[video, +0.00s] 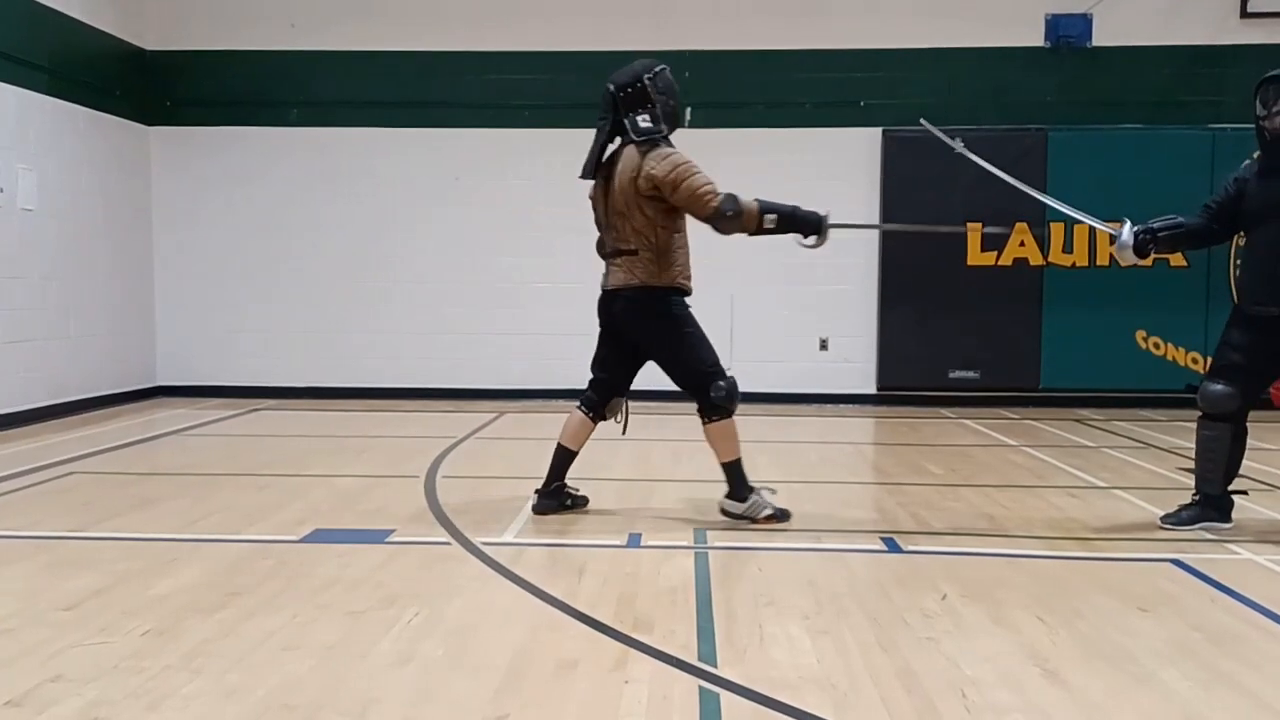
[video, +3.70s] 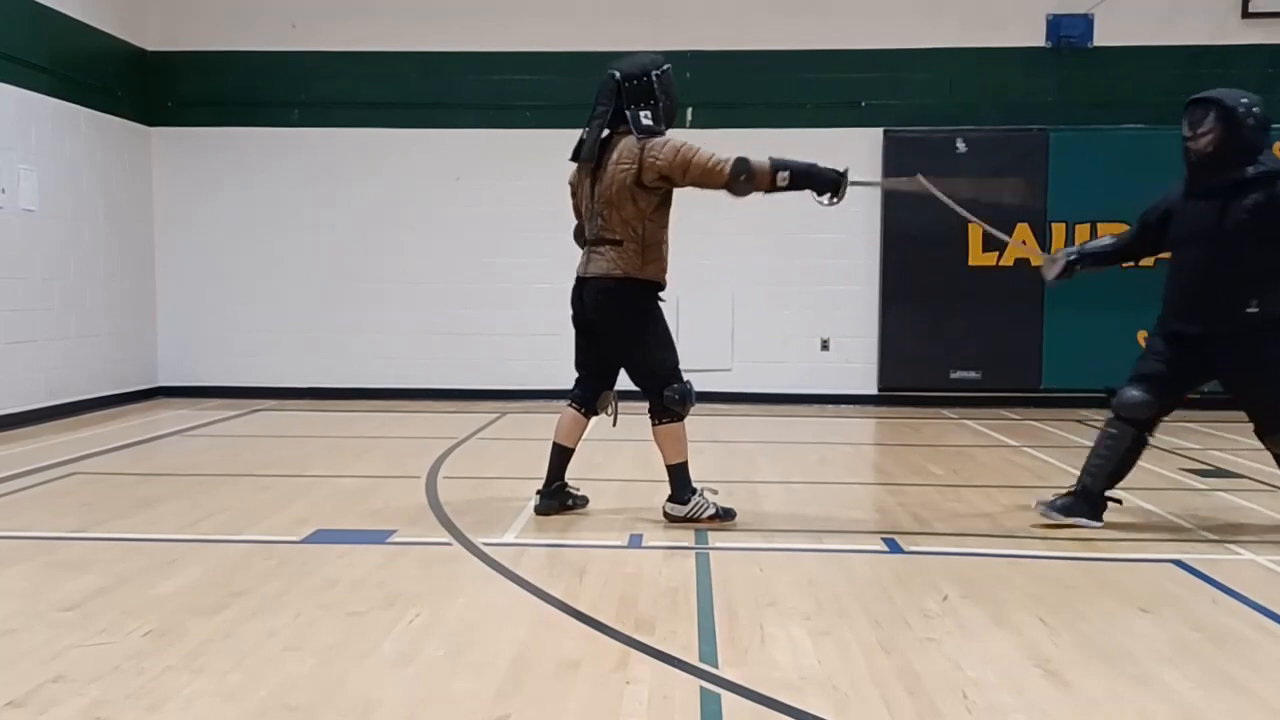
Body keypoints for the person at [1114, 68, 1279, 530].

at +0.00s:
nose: (1270, 120)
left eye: (1276, 112)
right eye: (1268, 111)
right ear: (1261, 117)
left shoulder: (1264, 172)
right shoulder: (1257, 172)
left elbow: (1213, 223)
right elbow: (1212, 223)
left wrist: (1145, 240)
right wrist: (1145, 238)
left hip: (1268, 311)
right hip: (1257, 309)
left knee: (1225, 395)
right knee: (1221, 395)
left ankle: (1212, 499)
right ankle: (1211, 500)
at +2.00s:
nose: (1270, 118)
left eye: (1277, 110)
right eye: (1267, 110)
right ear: (1256, 117)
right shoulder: (1252, 173)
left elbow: (1199, 218)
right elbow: (1199, 218)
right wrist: (1127, 226)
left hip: (1270, 313)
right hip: (1255, 311)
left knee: (1224, 396)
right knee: (1220, 397)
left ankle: (1201, 498)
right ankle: (1200, 500)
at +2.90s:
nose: (1253, 128)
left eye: (1265, 117)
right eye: (1248, 118)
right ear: (1240, 126)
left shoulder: (1269, 184)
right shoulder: (1238, 190)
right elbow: (1174, 224)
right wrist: (1097, 223)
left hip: (1269, 322)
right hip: (1250, 320)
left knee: (1191, 388)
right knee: (1186, 389)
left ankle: (1143, 488)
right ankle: (1142, 490)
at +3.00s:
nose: (1220, 133)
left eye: (1234, 125)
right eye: (1218, 124)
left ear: (1263, 132)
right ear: (1211, 128)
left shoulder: (1271, 189)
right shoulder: (1211, 194)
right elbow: (1144, 225)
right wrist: (1069, 217)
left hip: (1270, 328)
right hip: (1223, 328)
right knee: (1165, 403)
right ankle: (1103, 491)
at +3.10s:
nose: (1179, 144)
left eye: (1193, 134)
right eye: (1178, 134)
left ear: (1224, 141)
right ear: (1171, 138)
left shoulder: (1261, 194)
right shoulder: (1166, 201)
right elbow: (1102, 219)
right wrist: (1036, 202)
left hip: (1251, 341)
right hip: (1179, 343)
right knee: (1124, 405)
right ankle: (1083, 500)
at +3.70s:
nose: (1193, 138)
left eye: (1207, 130)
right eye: (1194, 128)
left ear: (1239, 133)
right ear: (1192, 130)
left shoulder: (1268, 188)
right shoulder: (1190, 195)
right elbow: (1137, 240)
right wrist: (1076, 255)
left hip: (1252, 333)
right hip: (1184, 330)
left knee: (1274, 429)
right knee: (1134, 406)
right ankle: (1087, 496)